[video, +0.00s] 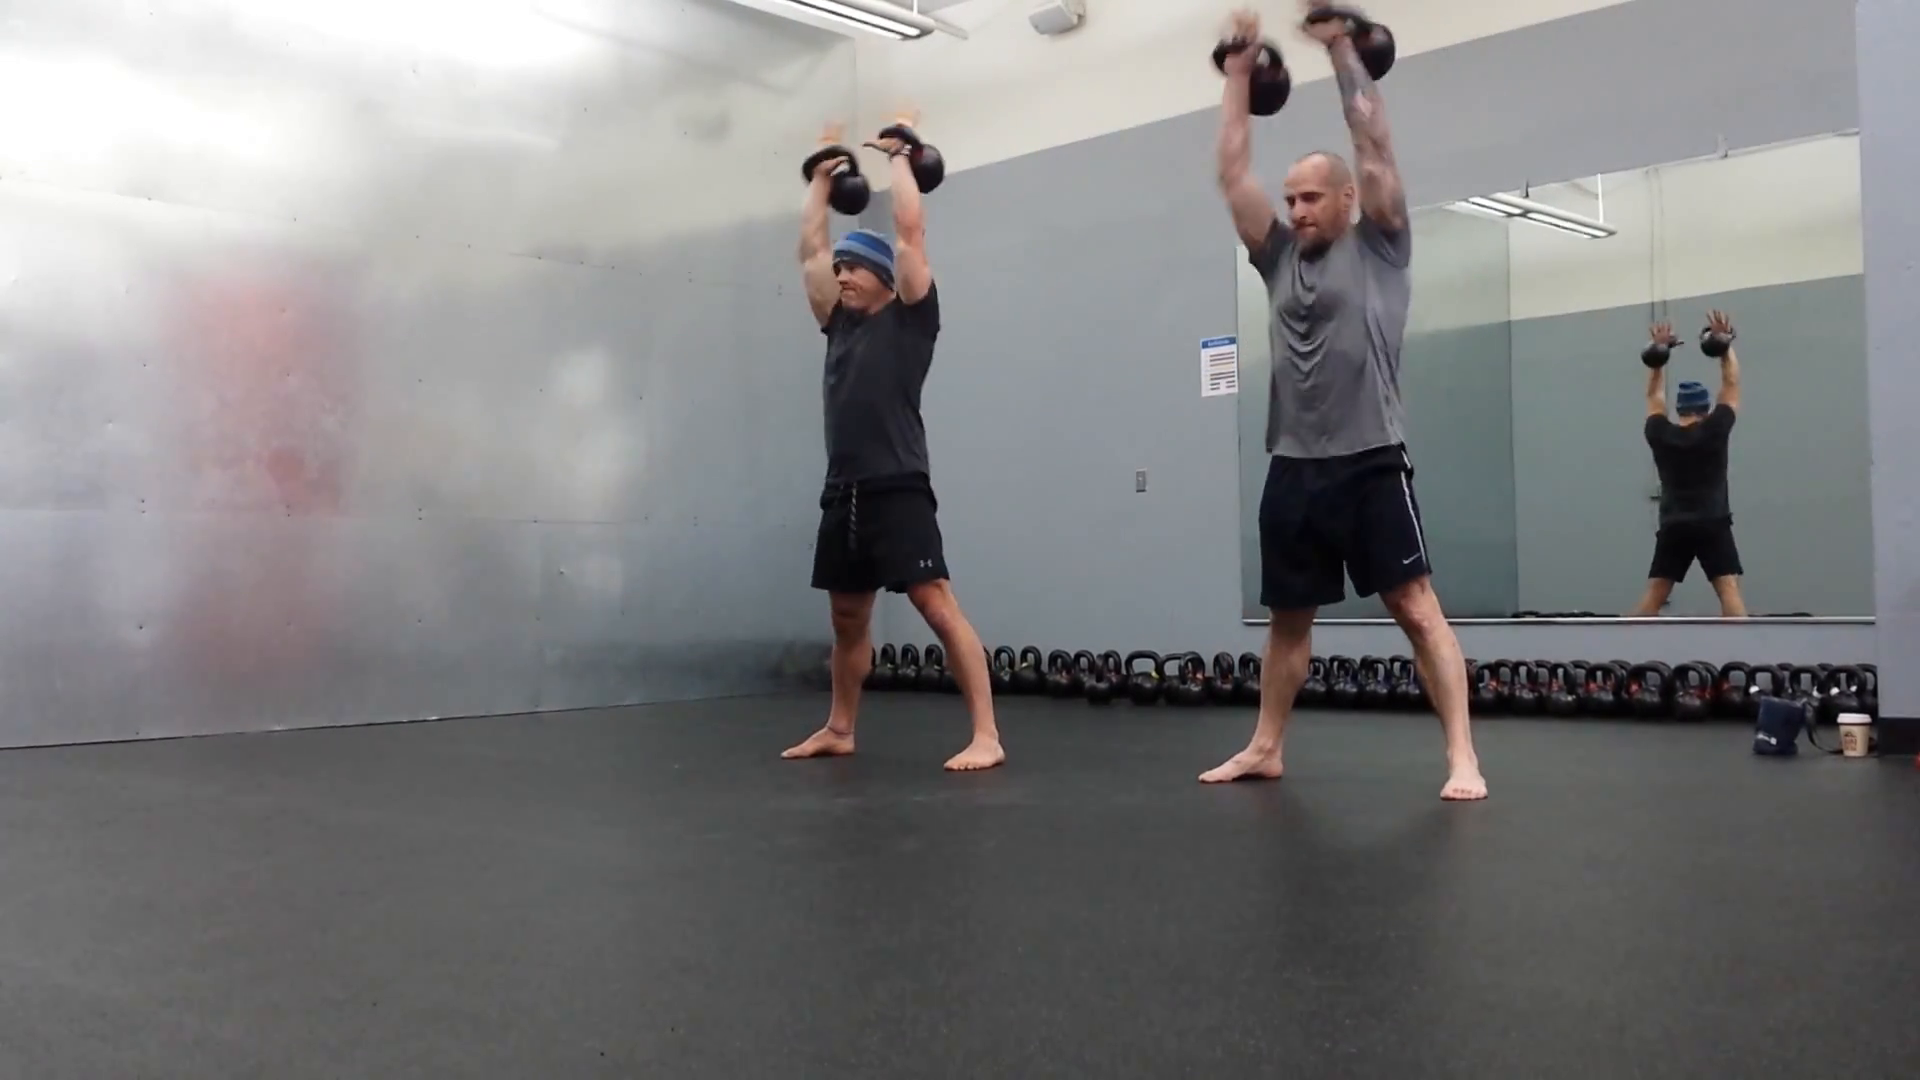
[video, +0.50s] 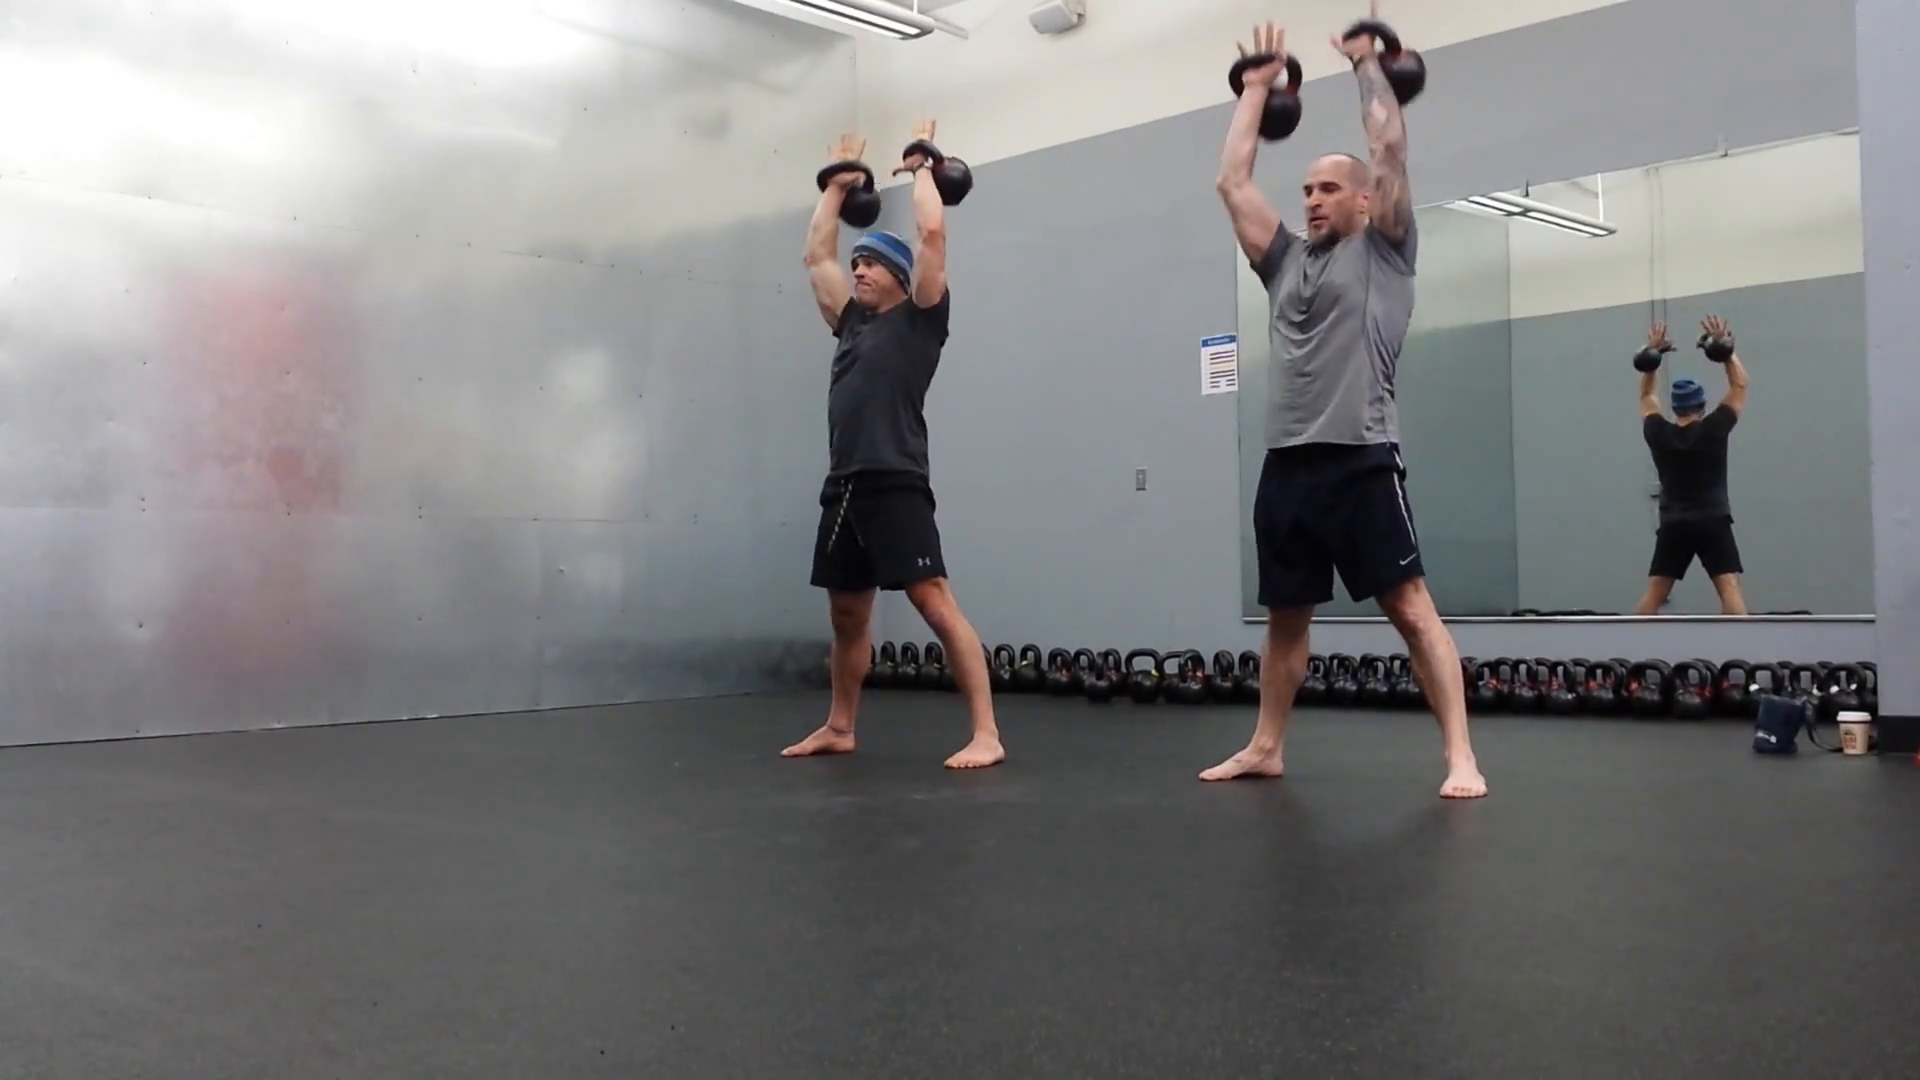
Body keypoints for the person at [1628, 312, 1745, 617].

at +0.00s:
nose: (1703, 413)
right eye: (1703, 408)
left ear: (1677, 410)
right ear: (1706, 410)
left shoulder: (1660, 435)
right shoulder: (1715, 432)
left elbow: (1653, 395)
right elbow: (1730, 386)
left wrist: (1658, 355)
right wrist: (1724, 344)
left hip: (1674, 526)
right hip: (1713, 524)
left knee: (1653, 597)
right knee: (1729, 592)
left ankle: (1620, 651)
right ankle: (1745, 655)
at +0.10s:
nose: (1707, 410)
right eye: (1707, 406)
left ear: (1681, 409)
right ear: (1709, 408)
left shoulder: (1664, 433)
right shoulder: (1717, 429)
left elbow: (1655, 390)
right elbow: (1726, 381)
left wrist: (1657, 348)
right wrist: (1721, 339)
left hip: (1675, 524)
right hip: (1713, 522)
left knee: (1655, 595)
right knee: (1730, 591)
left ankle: (1622, 650)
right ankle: (1745, 654)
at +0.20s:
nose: (1704, 409)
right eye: (1706, 405)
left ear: (1680, 408)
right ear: (1709, 407)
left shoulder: (1664, 433)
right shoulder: (1716, 428)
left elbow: (1655, 389)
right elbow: (1726, 380)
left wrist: (1657, 346)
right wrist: (1719, 338)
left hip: (1676, 524)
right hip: (1714, 522)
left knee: (1655, 595)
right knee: (1730, 591)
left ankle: (1625, 652)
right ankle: (1745, 657)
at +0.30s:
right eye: (1704, 404)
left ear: (1678, 407)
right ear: (1708, 406)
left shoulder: (1663, 433)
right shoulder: (1717, 427)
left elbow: (1654, 389)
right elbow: (1728, 379)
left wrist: (1656, 346)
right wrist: (1719, 339)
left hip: (1676, 524)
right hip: (1713, 521)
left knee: (1653, 595)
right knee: (1730, 592)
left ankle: (1628, 655)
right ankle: (1745, 655)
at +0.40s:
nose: (1699, 409)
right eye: (1701, 404)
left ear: (1676, 408)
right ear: (1706, 406)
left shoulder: (1662, 434)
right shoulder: (1716, 428)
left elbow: (1651, 389)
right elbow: (1732, 381)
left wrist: (1655, 349)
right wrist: (1722, 342)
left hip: (1675, 524)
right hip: (1713, 522)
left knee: (1653, 596)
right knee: (1730, 591)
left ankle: (1628, 655)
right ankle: (1745, 655)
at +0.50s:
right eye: (1699, 404)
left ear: (1673, 409)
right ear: (1703, 406)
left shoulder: (1659, 436)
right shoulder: (1715, 429)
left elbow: (1647, 394)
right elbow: (1739, 385)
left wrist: (1652, 354)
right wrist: (1725, 349)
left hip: (1674, 525)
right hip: (1712, 523)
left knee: (1654, 595)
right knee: (1729, 590)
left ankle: (1627, 650)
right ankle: (1745, 651)